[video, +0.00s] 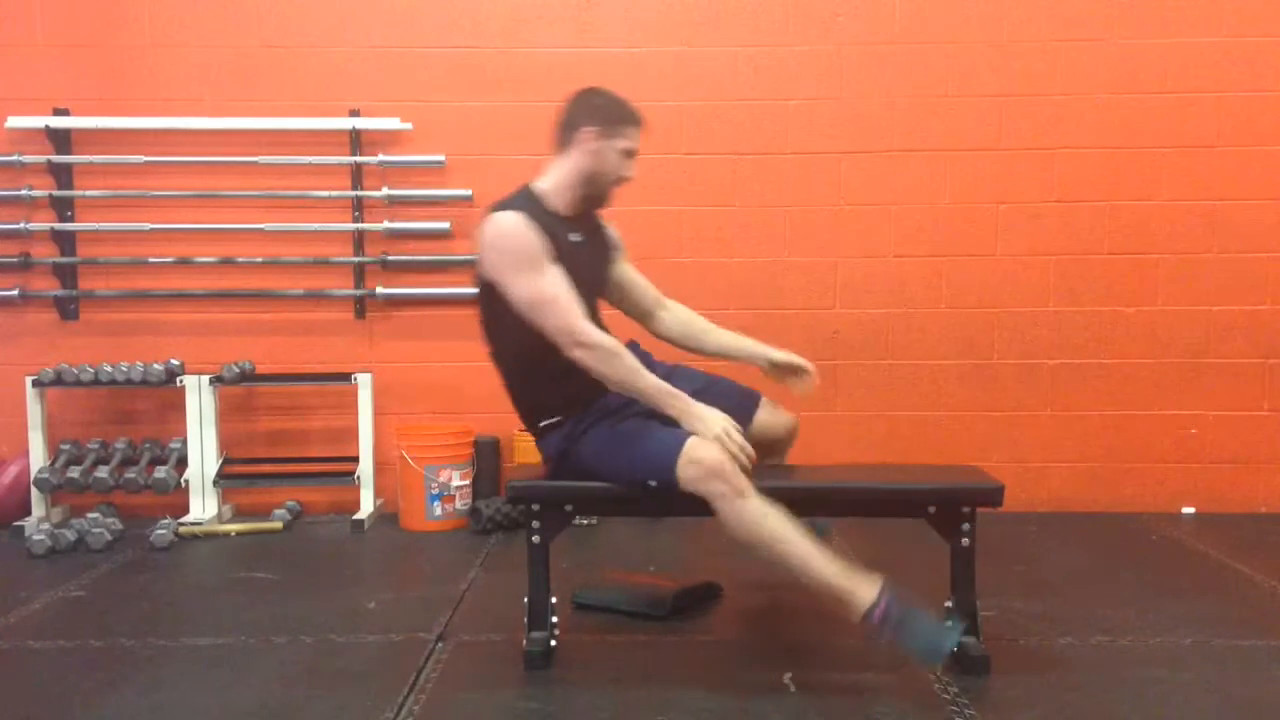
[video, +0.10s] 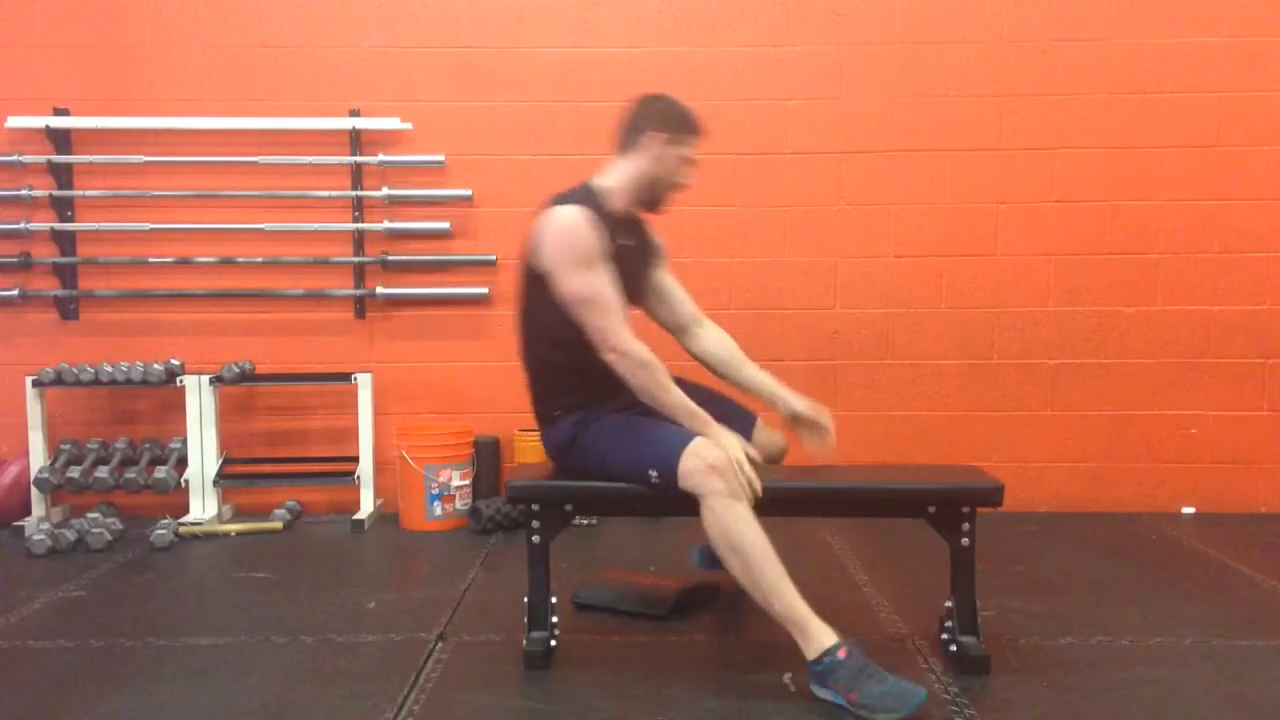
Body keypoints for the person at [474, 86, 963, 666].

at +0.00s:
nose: (630, 174)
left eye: (634, 159)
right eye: (624, 157)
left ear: (594, 145)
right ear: (584, 141)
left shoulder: (589, 232)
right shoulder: (509, 229)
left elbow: (659, 312)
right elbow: (581, 344)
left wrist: (761, 354)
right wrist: (689, 415)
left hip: (630, 380)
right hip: (579, 424)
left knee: (774, 429)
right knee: (715, 468)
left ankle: (739, 505)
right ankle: (881, 607)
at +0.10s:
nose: (688, 177)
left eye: (692, 162)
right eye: (684, 159)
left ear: (654, 148)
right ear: (648, 143)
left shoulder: (632, 237)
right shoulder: (568, 223)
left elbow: (694, 326)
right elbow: (621, 352)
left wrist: (779, 396)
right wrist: (714, 433)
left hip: (633, 399)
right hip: (580, 421)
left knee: (765, 444)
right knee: (713, 470)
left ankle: (720, 547)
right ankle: (826, 654)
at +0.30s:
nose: (804, 207)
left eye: (809, 192)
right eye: (804, 189)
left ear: (775, 176)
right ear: (776, 173)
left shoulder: (729, 247)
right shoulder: (699, 215)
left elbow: (725, 361)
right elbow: (666, 337)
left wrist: (786, 440)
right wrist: (718, 446)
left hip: (657, 405)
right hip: (608, 406)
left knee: (768, 445)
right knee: (727, 465)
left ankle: (714, 551)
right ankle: (826, 654)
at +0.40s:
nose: (833, 216)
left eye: (839, 204)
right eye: (836, 200)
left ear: (805, 184)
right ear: (813, 183)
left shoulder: (752, 253)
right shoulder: (740, 215)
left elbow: (731, 362)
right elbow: (691, 327)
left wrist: (780, 439)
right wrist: (720, 441)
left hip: (657, 392)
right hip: (617, 391)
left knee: (758, 445)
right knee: (738, 462)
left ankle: (714, 550)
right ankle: (827, 654)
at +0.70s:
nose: (862, 222)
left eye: (866, 213)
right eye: (868, 210)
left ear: (819, 179)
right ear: (859, 193)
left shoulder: (783, 204)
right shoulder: (815, 217)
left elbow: (718, 310)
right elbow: (751, 318)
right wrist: (746, 425)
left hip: (644, 345)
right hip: (662, 349)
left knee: (729, 427)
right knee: (800, 452)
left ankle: (705, 548)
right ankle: (813, 660)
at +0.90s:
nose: (872, 206)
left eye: (874, 198)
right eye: (877, 197)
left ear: (825, 172)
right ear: (868, 186)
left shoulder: (772, 198)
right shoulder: (840, 218)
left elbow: (713, 293)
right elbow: (780, 322)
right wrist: (768, 432)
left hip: (640, 337)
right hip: (689, 345)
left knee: (694, 426)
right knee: (832, 456)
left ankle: (696, 548)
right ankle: (817, 659)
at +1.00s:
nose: (874, 205)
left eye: (874, 197)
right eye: (877, 196)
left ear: (823, 174)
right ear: (867, 186)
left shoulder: (768, 197)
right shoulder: (849, 220)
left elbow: (709, 290)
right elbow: (793, 327)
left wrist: (727, 430)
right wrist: (776, 426)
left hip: (640, 335)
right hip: (697, 342)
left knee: (690, 430)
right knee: (836, 460)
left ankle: (694, 551)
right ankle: (818, 658)